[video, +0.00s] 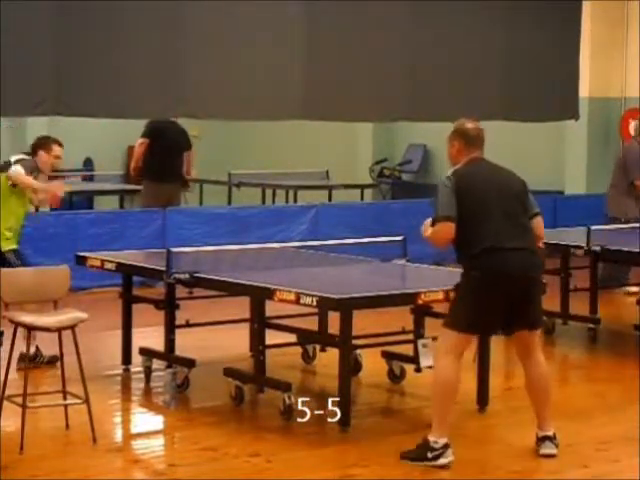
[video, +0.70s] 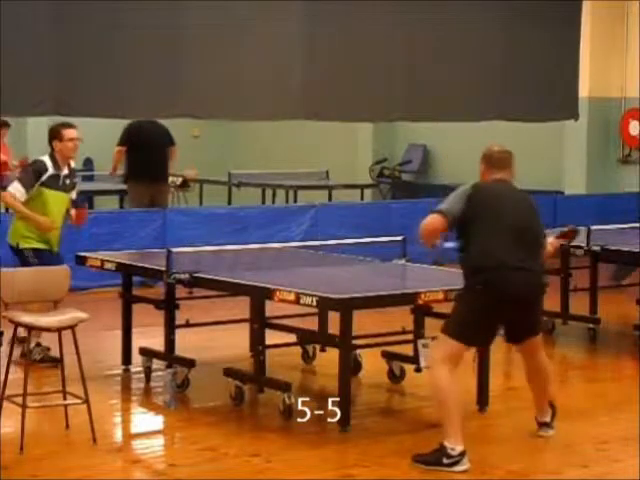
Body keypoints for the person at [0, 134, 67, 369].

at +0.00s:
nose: (57, 163)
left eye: (59, 158)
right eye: (55, 157)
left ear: (44, 157)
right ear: (40, 154)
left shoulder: (34, 172)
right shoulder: (24, 162)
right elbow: (14, 174)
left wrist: (46, 194)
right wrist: (43, 187)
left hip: (10, 242)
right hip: (5, 244)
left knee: (15, 291)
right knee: (32, 289)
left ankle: (31, 350)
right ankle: (30, 349)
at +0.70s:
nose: (76, 145)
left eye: (77, 140)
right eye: (71, 141)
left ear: (74, 144)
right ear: (56, 144)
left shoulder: (71, 173)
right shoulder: (39, 167)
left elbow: (68, 206)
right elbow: (9, 196)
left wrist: (75, 216)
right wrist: (37, 220)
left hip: (49, 240)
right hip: (26, 240)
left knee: (47, 287)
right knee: (46, 286)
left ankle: (23, 331)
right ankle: (33, 342)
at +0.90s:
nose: (86, 143)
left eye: (87, 138)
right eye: (81, 138)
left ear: (85, 141)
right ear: (67, 140)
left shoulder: (78, 167)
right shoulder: (51, 163)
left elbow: (74, 197)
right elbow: (23, 194)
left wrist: (83, 212)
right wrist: (47, 215)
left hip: (60, 237)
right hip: (37, 237)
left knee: (65, 284)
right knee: (52, 286)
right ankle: (35, 342)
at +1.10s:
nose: (99, 157)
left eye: (100, 153)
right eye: (94, 153)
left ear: (95, 156)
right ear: (79, 155)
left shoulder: (87, 181)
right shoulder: (63, 176)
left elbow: (86, 212)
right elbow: (39, 209)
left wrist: (94, 225)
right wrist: (74, 229)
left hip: (63, 245)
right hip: (42, 244)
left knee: (87, 285)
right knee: (55, 291)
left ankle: (68, 329)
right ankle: (38, 344)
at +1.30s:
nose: (102, 154)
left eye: (104, 149)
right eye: (98, 149)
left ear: (88, 151)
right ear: (84, 149)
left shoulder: (76, 169)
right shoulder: (77, 168)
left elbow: (75, 207)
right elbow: (75, 203)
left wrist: (92, 226)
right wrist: (104, 226)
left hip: (56, 237)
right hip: (42, 238)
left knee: (73, 281)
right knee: (60, 288)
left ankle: (67, 328)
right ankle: (40, 347)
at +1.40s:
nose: (102, 160)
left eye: (103, 155)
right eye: (98, 154)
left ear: (80, 155)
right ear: (83, 153)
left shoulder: (62, 170)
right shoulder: (81, 171)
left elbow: (52, 211)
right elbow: (94, 205)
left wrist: (78, 229)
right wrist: (128, 227)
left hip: (36, 239)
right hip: (49, 244)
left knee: (63, 290)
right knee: (74, 292)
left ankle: (54, 338)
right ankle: (48, 346)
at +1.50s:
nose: (105, 174)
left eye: (105, 169)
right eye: (101, 169)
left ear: (80, 169)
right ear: (86, 167)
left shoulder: (57, 183)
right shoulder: (88, 185)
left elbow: (35, 204)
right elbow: (117, 203)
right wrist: (149, 218)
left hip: (26, 248)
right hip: (51, 255)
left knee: (58, 297)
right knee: (79, 303)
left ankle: (49, 341)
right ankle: (46, 350)